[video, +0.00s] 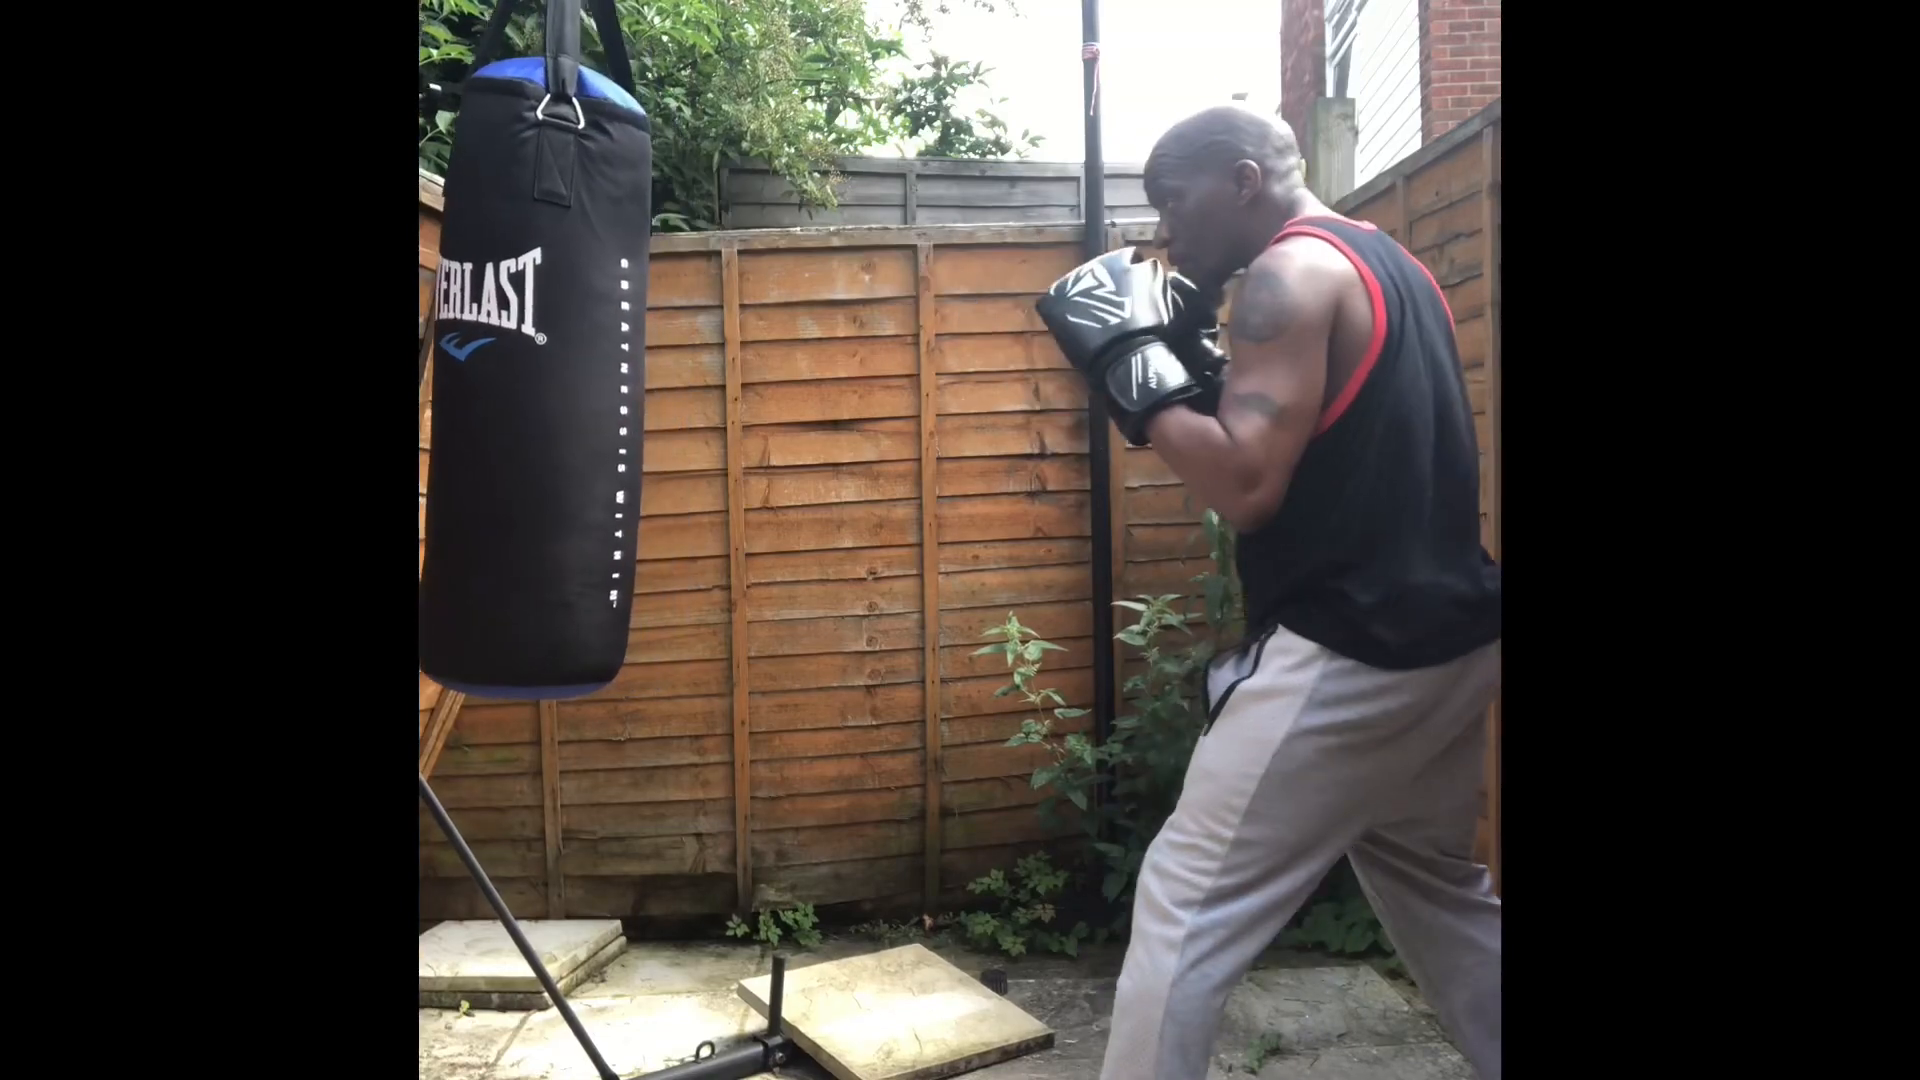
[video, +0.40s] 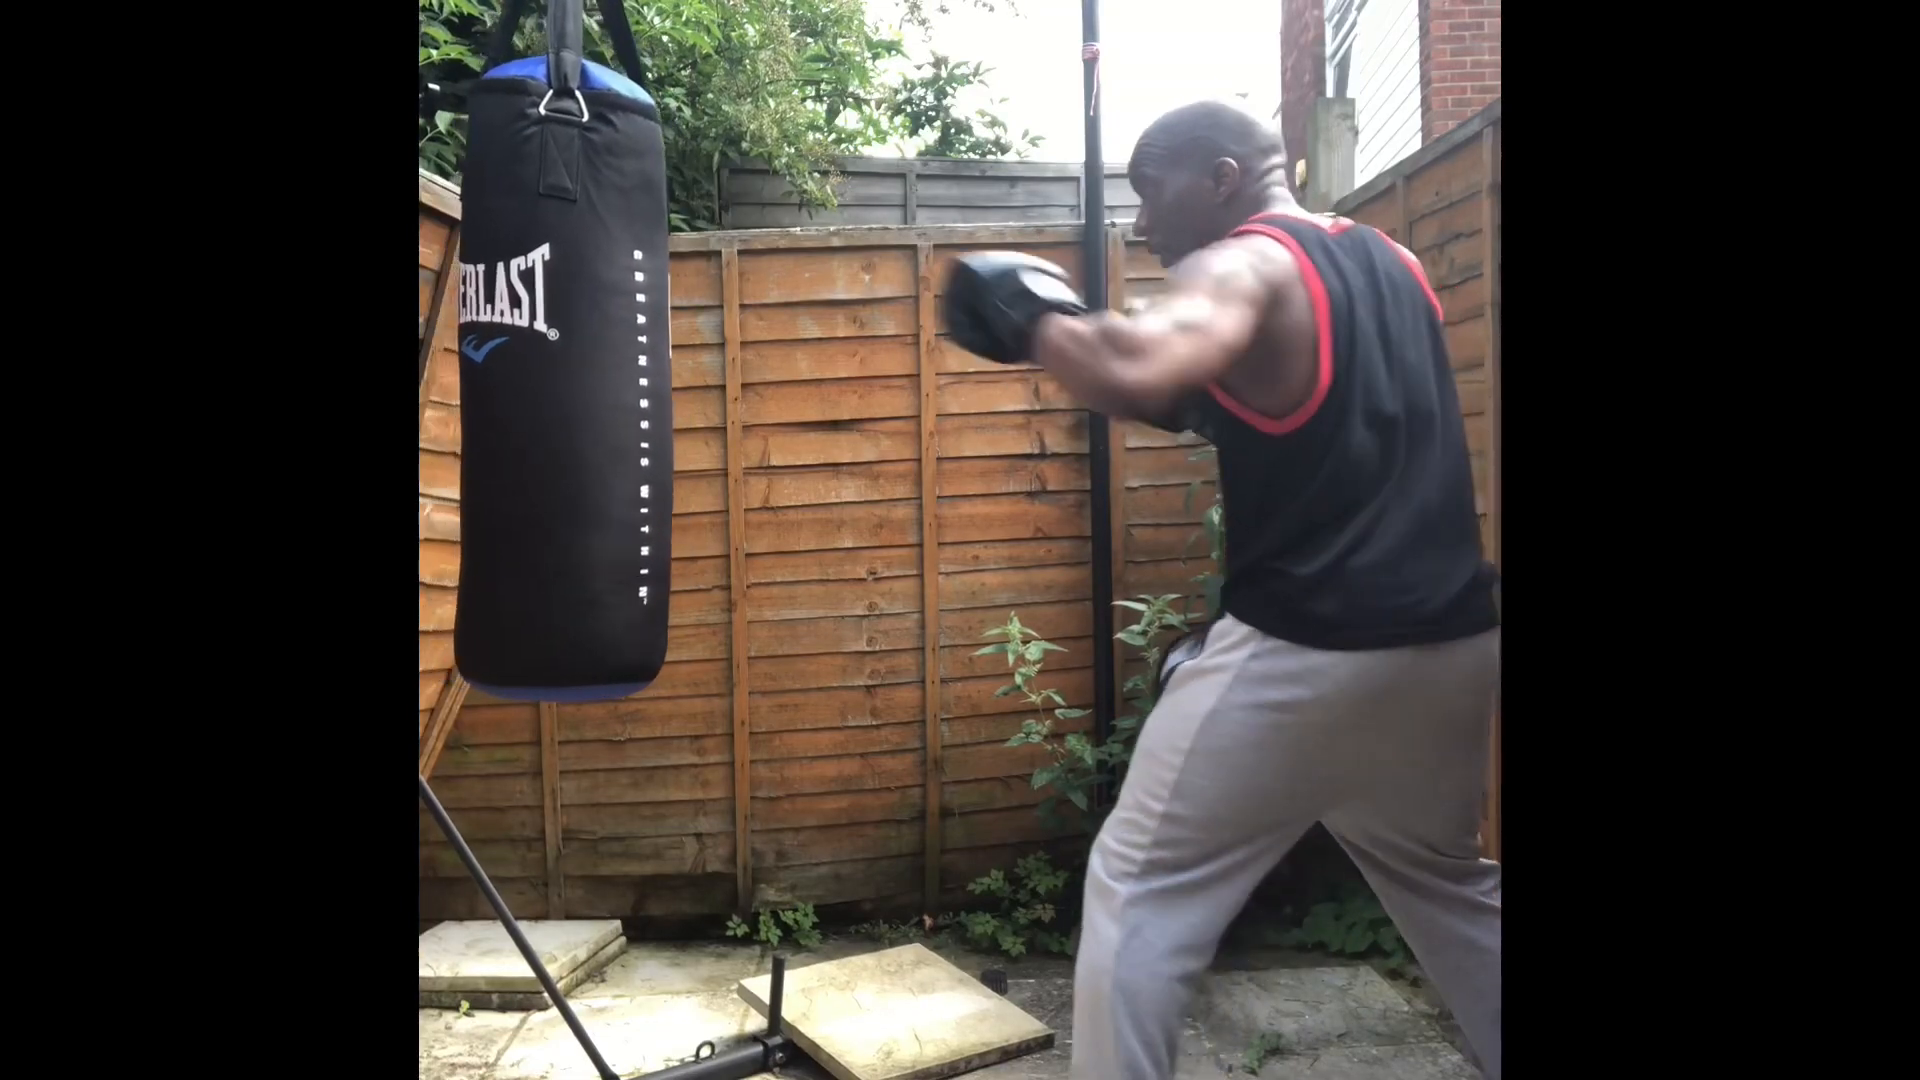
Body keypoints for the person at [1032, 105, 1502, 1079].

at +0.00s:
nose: (1165, 232)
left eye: (1172, 204)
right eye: (1159, 208)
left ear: (1248, 183)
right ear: (1261, 183)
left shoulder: (1290, 274)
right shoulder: (1378, 254)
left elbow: (1241, 486)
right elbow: (1326, 444)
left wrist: (1125, 363)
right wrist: (1194, 366)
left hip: (1350, 641)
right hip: (1454, 624)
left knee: (1187, 900)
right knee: (1435, 882)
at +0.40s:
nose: (1139, 223)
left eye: (1149, 193)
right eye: (1135, 197)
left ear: (1220, 180)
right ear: (1265, 178)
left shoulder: (1245, 263)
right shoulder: (1392, 257)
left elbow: (1142, 373)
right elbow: (1346, 391)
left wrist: (1029, 317)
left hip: (1299, 647)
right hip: (1456, 639)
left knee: (1141, 885)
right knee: (1447, 878)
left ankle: (1121, 1066)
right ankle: (1498, 1054)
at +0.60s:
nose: (1029, 203)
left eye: (1047, 173)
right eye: (1022, 181)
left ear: (1134, 157)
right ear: (1140, 165)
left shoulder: (1172, 253)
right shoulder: (1211, 235)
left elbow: (1057, 441)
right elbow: (1198, 403)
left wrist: (910, 341)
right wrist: (1060, 336)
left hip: (1259, 644)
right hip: (1333, 626)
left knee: (1076, 884)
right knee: (1404, 901)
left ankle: (1065, 1069)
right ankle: (1497, 1051)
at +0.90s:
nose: (1024, 245)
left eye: (1028, 213)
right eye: (1016, 220)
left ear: (1103, 183)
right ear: (1117, 186)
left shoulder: (1170, 270)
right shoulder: (1214, 250)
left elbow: (1130, 497)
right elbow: (1176, 457)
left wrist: (992, 378)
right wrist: (1054, 385)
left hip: (1247, 661)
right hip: (1312, 637)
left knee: (1057, 895)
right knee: (1321, 888)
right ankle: (1491, 1048)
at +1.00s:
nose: (1062, 240)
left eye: (1070, 209)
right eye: (1055, 215)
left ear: (1146, 185)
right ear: (1163, 188)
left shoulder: (1200, 270)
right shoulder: (1284, 253)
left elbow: (1155, 494)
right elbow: (1245, 448)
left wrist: (1023, 370)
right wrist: (1109, 360)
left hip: (1257, 660)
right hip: (1352, 637)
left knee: (1077, 895)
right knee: (1353, 892)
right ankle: (1490, 1056)